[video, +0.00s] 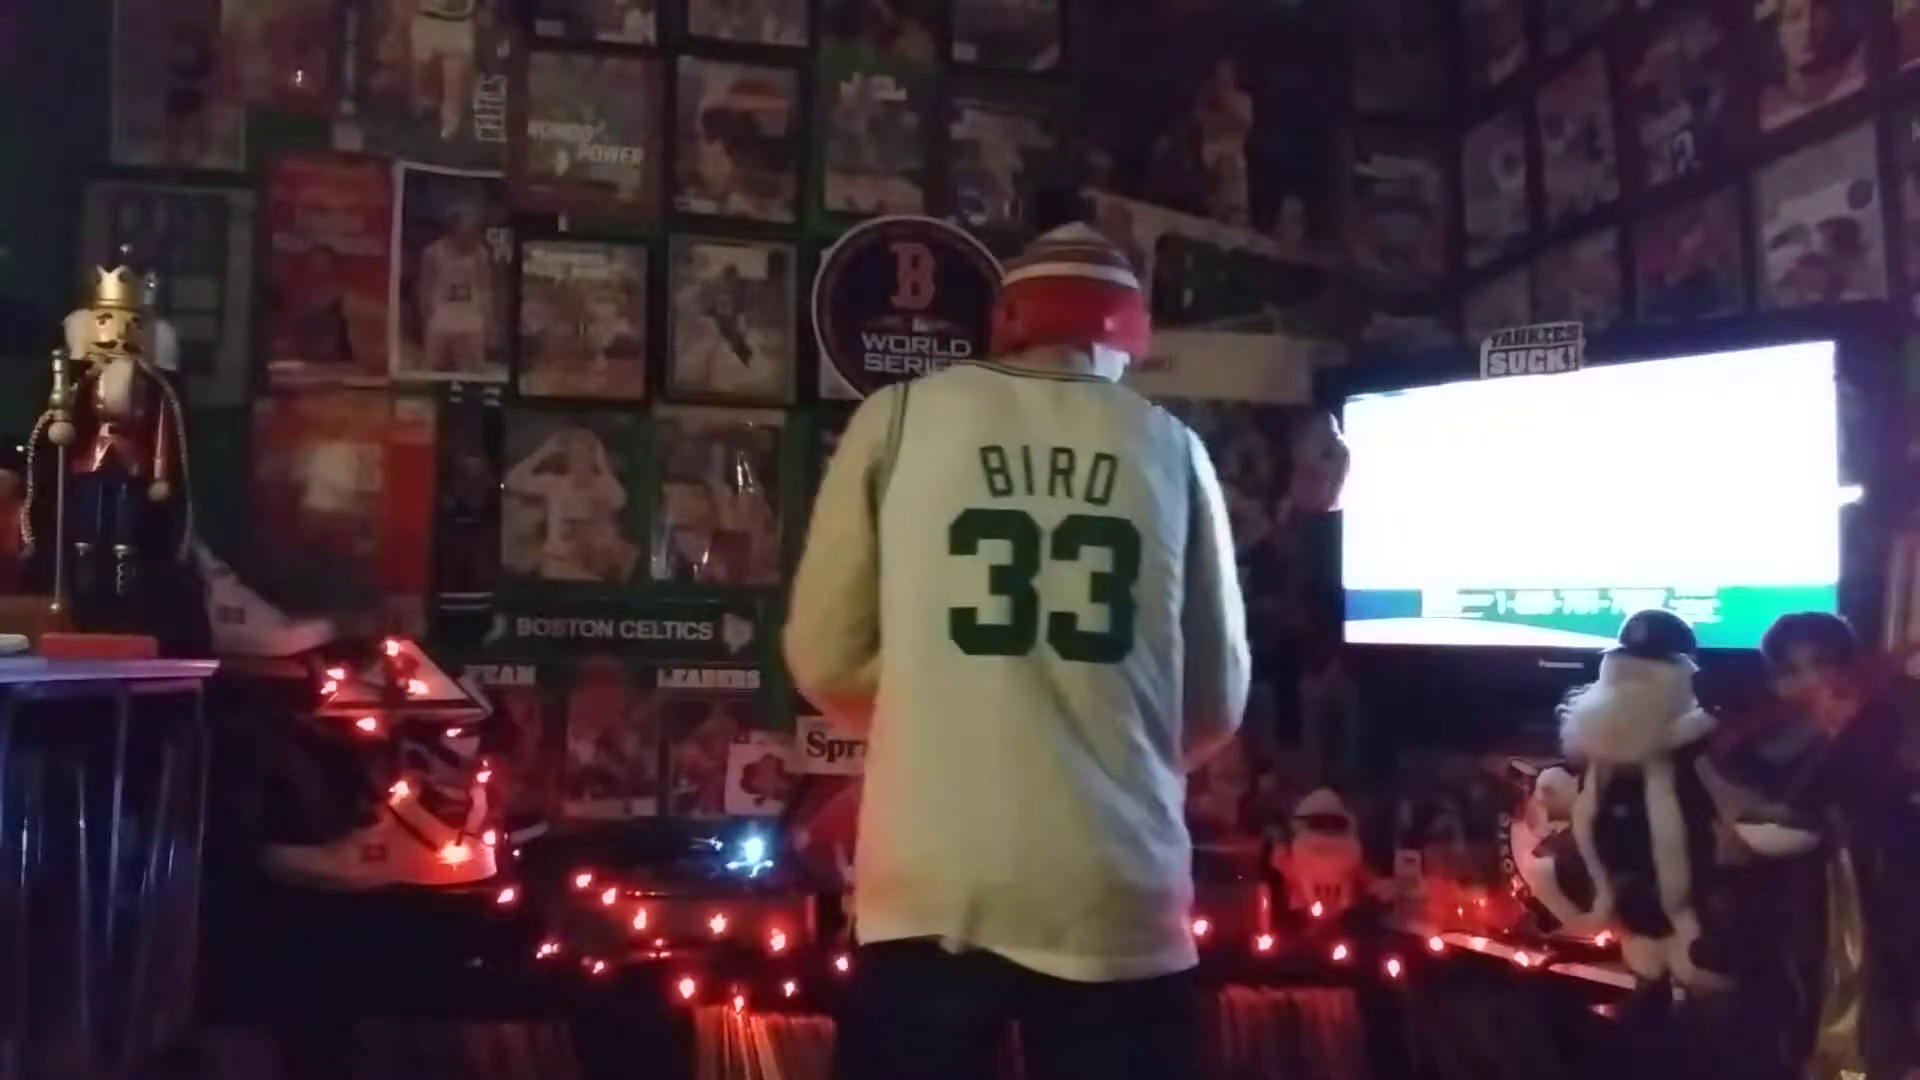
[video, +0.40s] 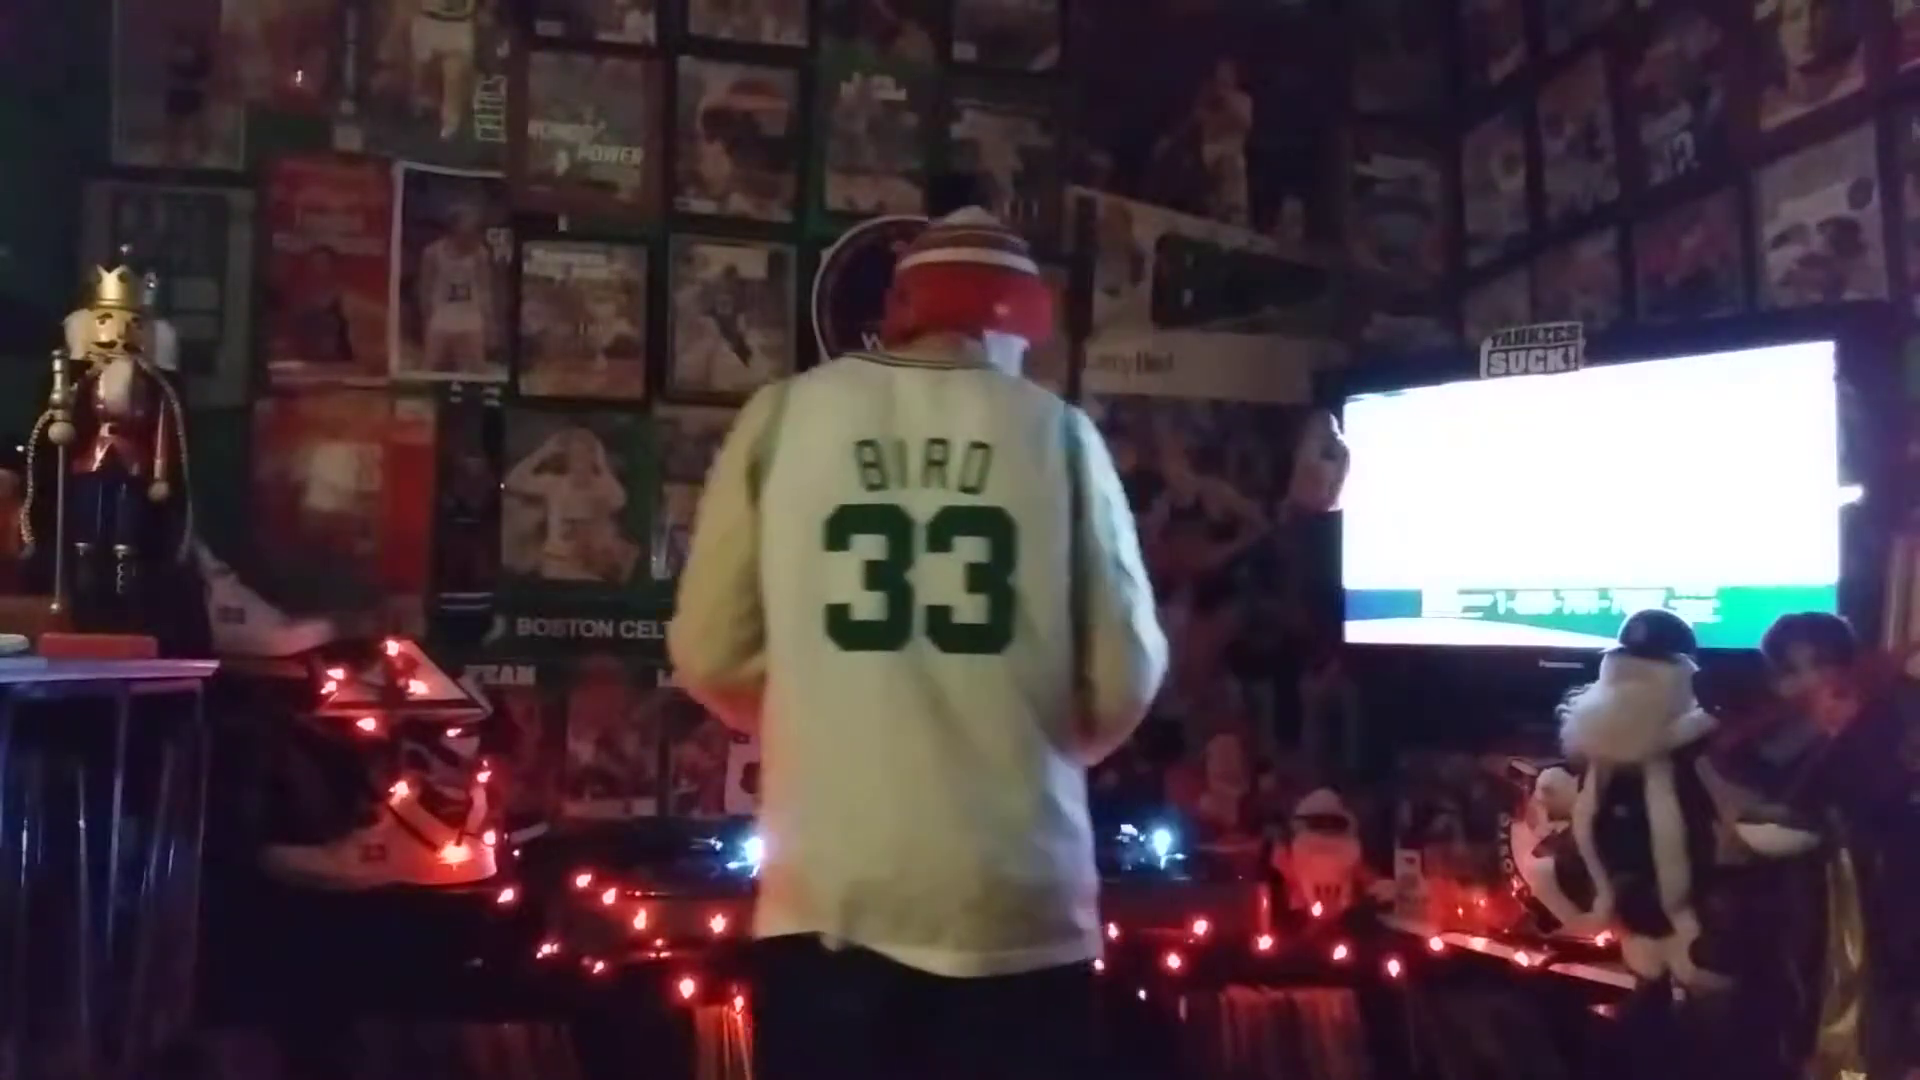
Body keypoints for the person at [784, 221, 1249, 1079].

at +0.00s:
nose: (1138, 357)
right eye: (1135, 341)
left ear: (1005, 325)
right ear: (1128, 340)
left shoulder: (898, 416)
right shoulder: (1177, 452)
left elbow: (825, 654)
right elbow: (1216, 699)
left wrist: (938, 718)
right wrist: (1110, 769)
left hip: (923, 882)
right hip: (1116, 893)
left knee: (907, 1066)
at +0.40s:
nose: (1031, 353)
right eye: (1029, 335)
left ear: (899, 317)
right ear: (1015, 327)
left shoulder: (782, 414)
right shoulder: (1060, 434)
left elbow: (709, 652)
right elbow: (1121, 679)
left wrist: (822, 724)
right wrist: (1022, 750)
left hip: (824, 916)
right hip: (1019, 920)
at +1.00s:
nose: (939, 355)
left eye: (940, 347)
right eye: (936, 342)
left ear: (793, 317)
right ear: (914, 332)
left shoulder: (653, 425)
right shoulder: (929, 420)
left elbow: (574, 659)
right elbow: (996, 676)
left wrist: (710, 724)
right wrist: (935, 764)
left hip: (712, 920)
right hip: (909, 918)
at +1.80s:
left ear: (850, 266)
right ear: (1007, 299)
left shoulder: (722, 361)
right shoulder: (1061, 415)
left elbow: (612, 648)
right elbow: (1108, 722)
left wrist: (749, 738)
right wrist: (972, 790)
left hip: (726, 946)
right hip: (957, 973)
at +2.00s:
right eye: (1015, 266)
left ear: (858, 245)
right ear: (1010, 273)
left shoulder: (729, 348)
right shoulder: (1075, 405)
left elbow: (607, 637)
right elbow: (1122, 725)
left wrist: (749, 733)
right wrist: (971, 784)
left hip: (725, 945)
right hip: (961, 982)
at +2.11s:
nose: (1016, 279)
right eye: (1015, 258)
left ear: (850, 237)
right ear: (1000, 261)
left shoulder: (720, 351)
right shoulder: (1072, 406)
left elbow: (605, 640)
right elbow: (1119, 727)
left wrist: (752, 717)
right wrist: (969, 776)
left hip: (723, 958)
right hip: (958, 986)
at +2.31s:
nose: (973, 282)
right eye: (972, 261)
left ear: (806, 247)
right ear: (959, 266)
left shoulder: (682, 363)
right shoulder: (1035, 407)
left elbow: (578, 650)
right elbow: (1091, 717)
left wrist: (727, 726)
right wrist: (942, 770)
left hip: (700, 963)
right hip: (935, 986)